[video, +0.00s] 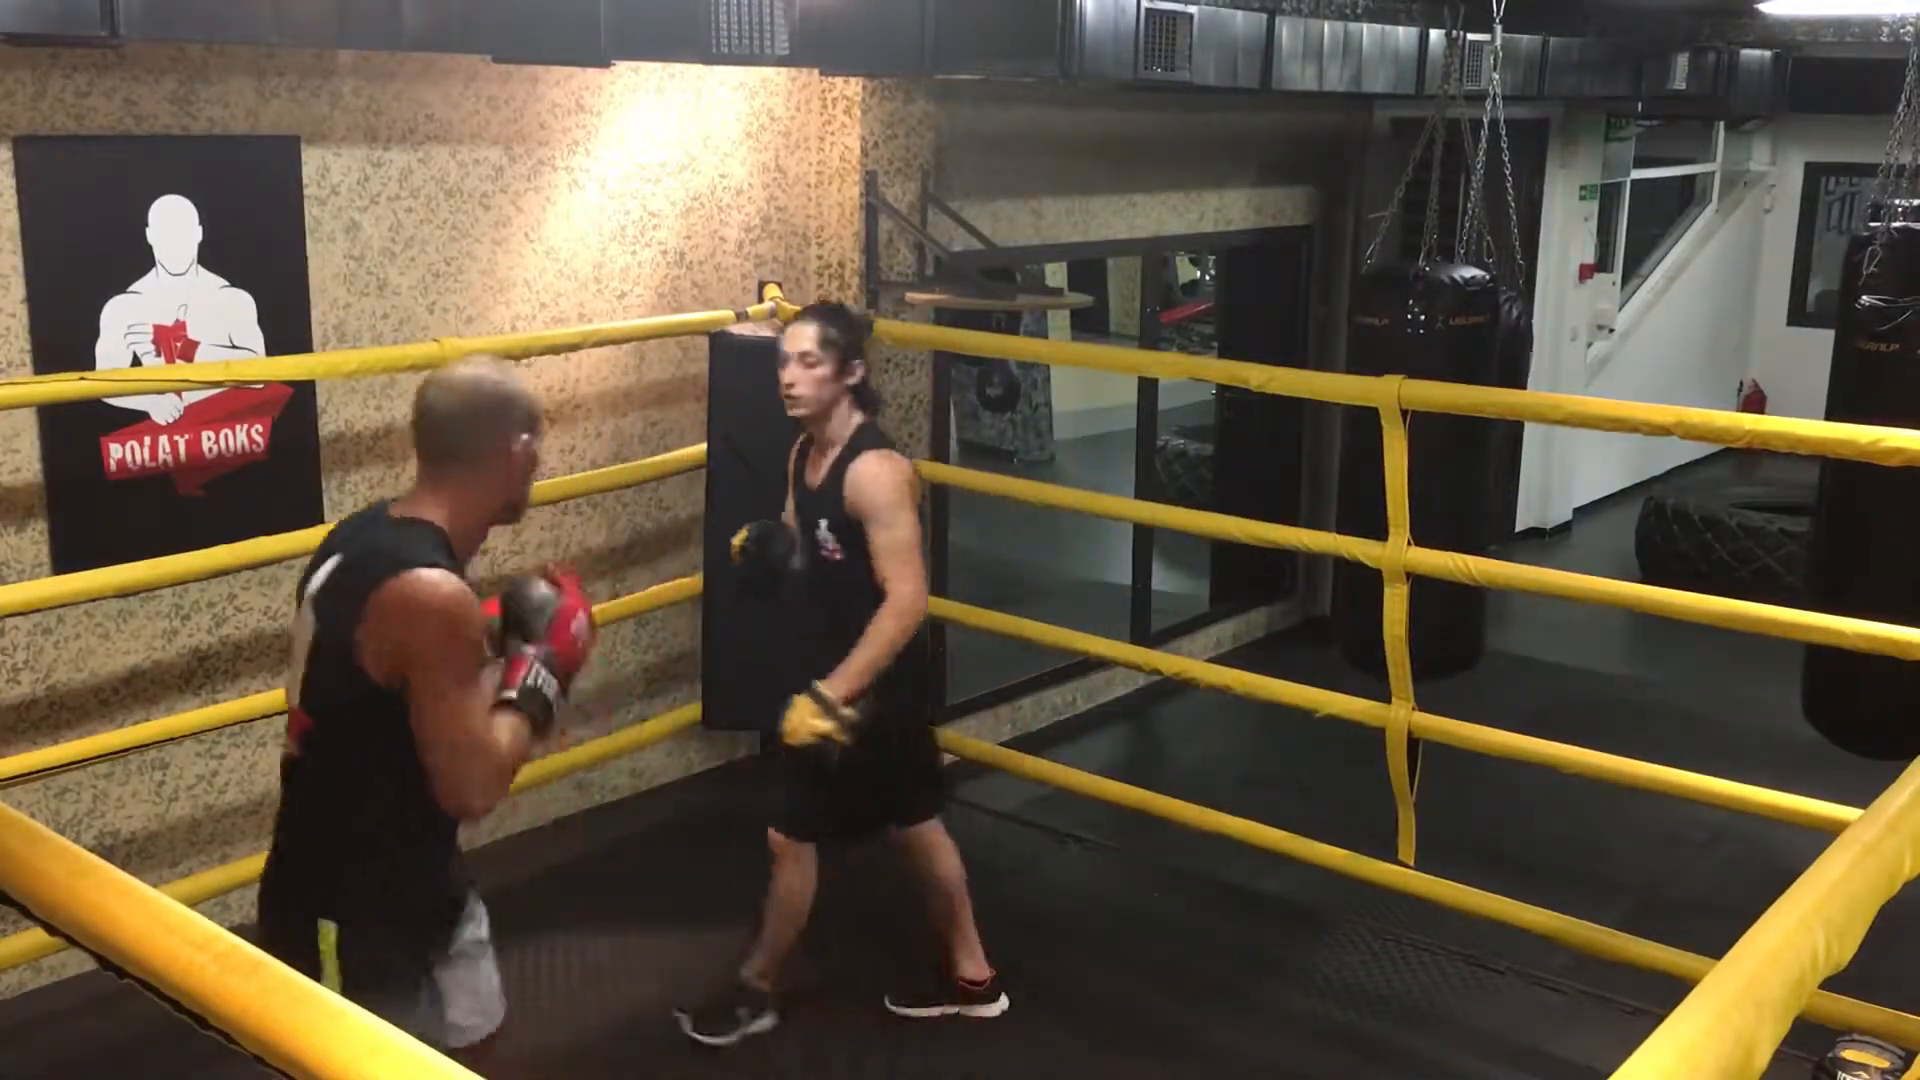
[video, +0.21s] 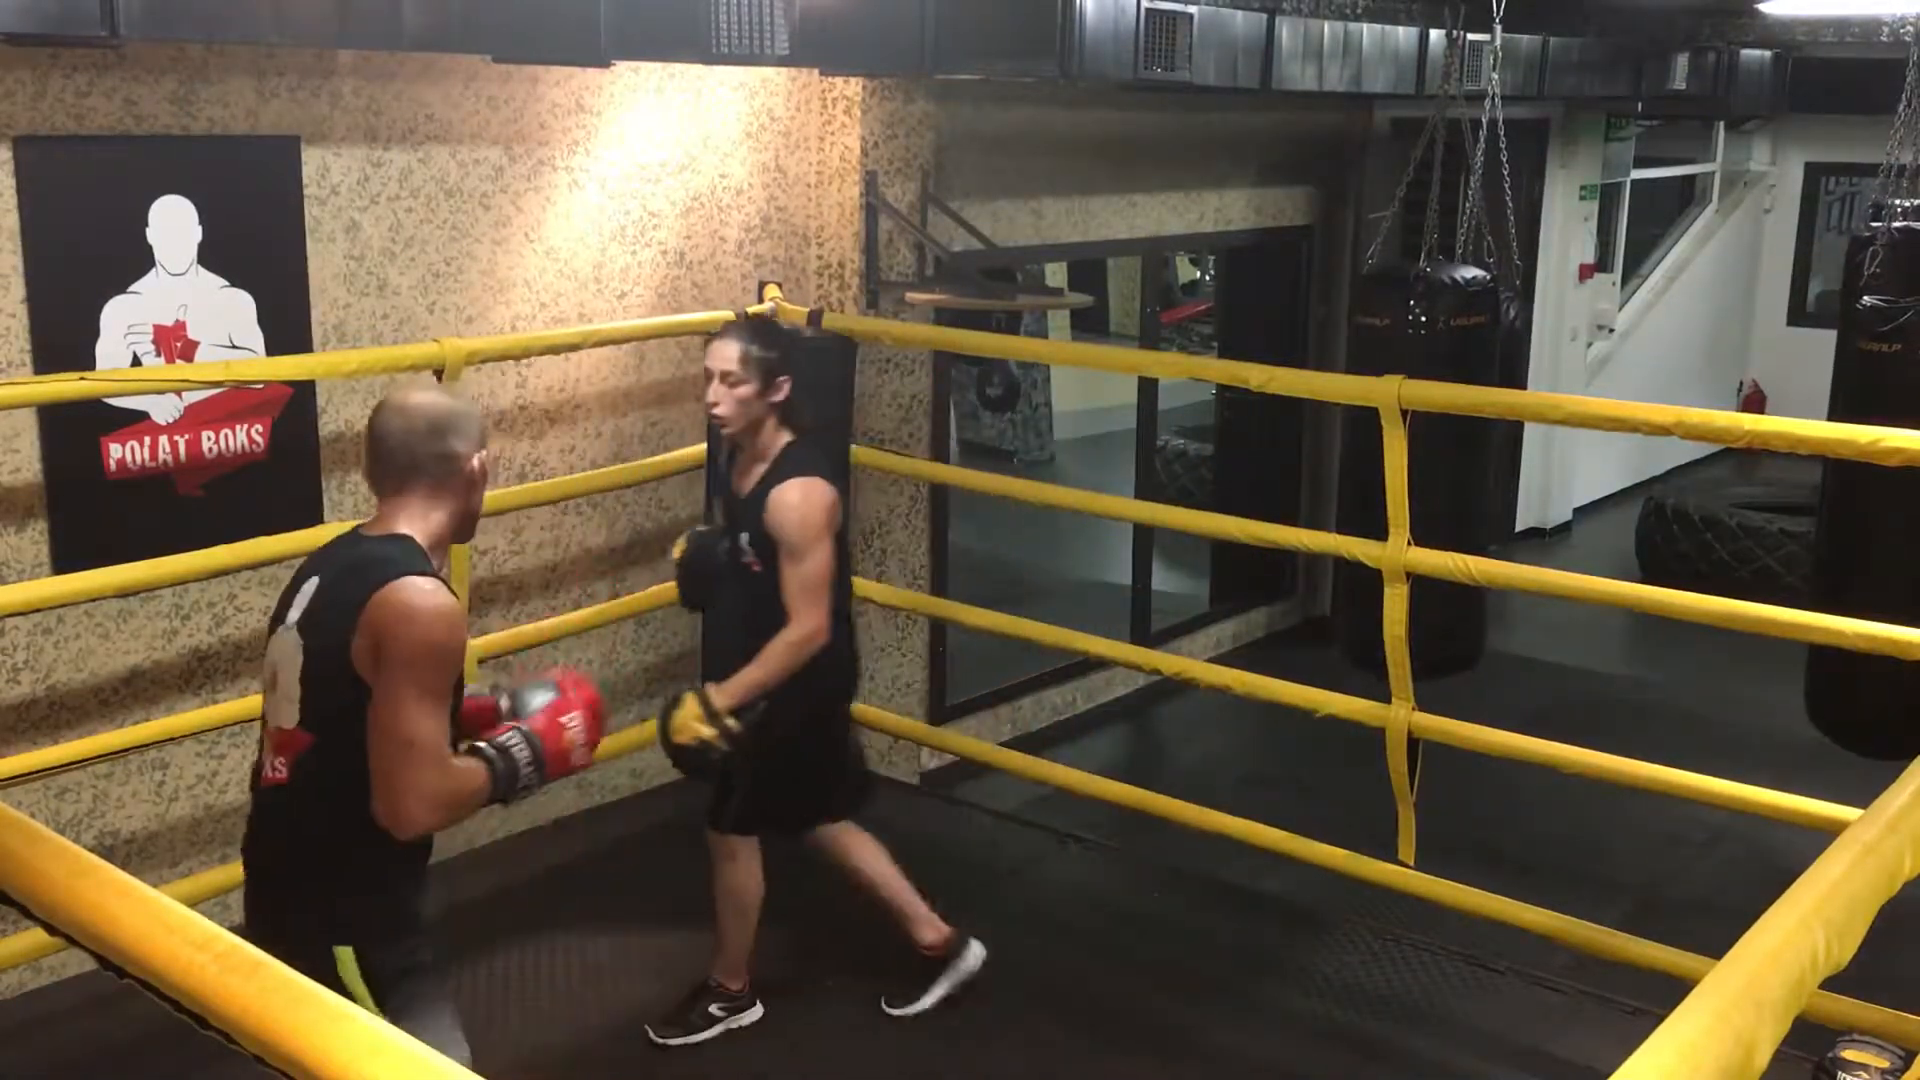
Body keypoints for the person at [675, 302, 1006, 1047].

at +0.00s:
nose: (789, 376)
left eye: (807, 362)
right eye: (785, 361)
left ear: (850, 374)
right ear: (782, 371)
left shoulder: (876, 472)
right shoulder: (807, 453)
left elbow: (908, 602)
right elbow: (819, 541)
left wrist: (831, 695)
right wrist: (772, 545)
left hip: (876, 681)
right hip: (848, 669)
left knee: (791, 835)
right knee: (917, 822)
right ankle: (974, 976)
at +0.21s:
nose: (711, 396)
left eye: (728, 382)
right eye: (710, 380)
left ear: (775, 390)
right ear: (720, 384)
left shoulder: (800, 495)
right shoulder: (740, 455)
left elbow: (809, 630)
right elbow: (756, 543)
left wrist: (716, 701)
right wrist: (707, 552)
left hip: (793, 689)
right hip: (764, 677)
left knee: (732, 833)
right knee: (823, 819)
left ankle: (730, 989)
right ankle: (939, 941)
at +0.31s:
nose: (692, 395)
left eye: (709, 381)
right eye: (686, 378)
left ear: (750, 389)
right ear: (681, 380)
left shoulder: (767, 489)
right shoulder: (707, 451)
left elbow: (773, 622)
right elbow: (722, 535)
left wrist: (676, 683)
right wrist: (678, 553)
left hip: (772, 680)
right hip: (738, 668)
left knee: (722, 833)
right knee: (762, 815)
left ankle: (731, 991)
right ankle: (868, 905)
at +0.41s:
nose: (669, 384)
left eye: (688, 370)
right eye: (662, 366)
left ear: (725, 377)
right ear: (653, 367)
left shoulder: (743, 473)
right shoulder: (666, 438)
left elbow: (753, 605)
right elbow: (680, 525)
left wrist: (659, 665)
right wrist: (639, 545)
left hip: (743, 664)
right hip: (694, 651)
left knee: (725, 833)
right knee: (677, 802)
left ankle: (732, 990)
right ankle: (772, 910)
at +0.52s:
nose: (641, 374)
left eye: (660, 359)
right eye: (632, 357)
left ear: (695, 365)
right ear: (621, 359)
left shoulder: (719, 463)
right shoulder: (627, 436)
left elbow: (741, 593)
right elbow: (631, 539)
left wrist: (642, 660)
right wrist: (603, 553)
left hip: (717, 663)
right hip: (650, 652)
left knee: (711, 834)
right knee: (641, 807)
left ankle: (733, 987)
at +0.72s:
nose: (575, 384)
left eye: (591, 368)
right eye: (562, 368)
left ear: (622, 371)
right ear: (548, 373)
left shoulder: (661, 460)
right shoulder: (544, 451)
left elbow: (707, 580)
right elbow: (523, 561)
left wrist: (634, 658)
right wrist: (534, 560)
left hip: (655, 662)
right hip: (583, 652)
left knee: (618, 839)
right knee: (555, 810)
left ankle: (695, 962)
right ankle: (583, 947)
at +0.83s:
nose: (549, 377)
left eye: (565, 360)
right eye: (535, 361)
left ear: (596, 363)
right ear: (520, 366)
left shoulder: (639, 451)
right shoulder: (515, 445)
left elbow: (690, 561)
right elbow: (497, 557)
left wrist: (636, 619)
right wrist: (514, 568)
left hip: (627, 656)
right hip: (554, 650)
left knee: (603, 834)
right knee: (549, 812)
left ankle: (636, 985)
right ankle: (582, 948)